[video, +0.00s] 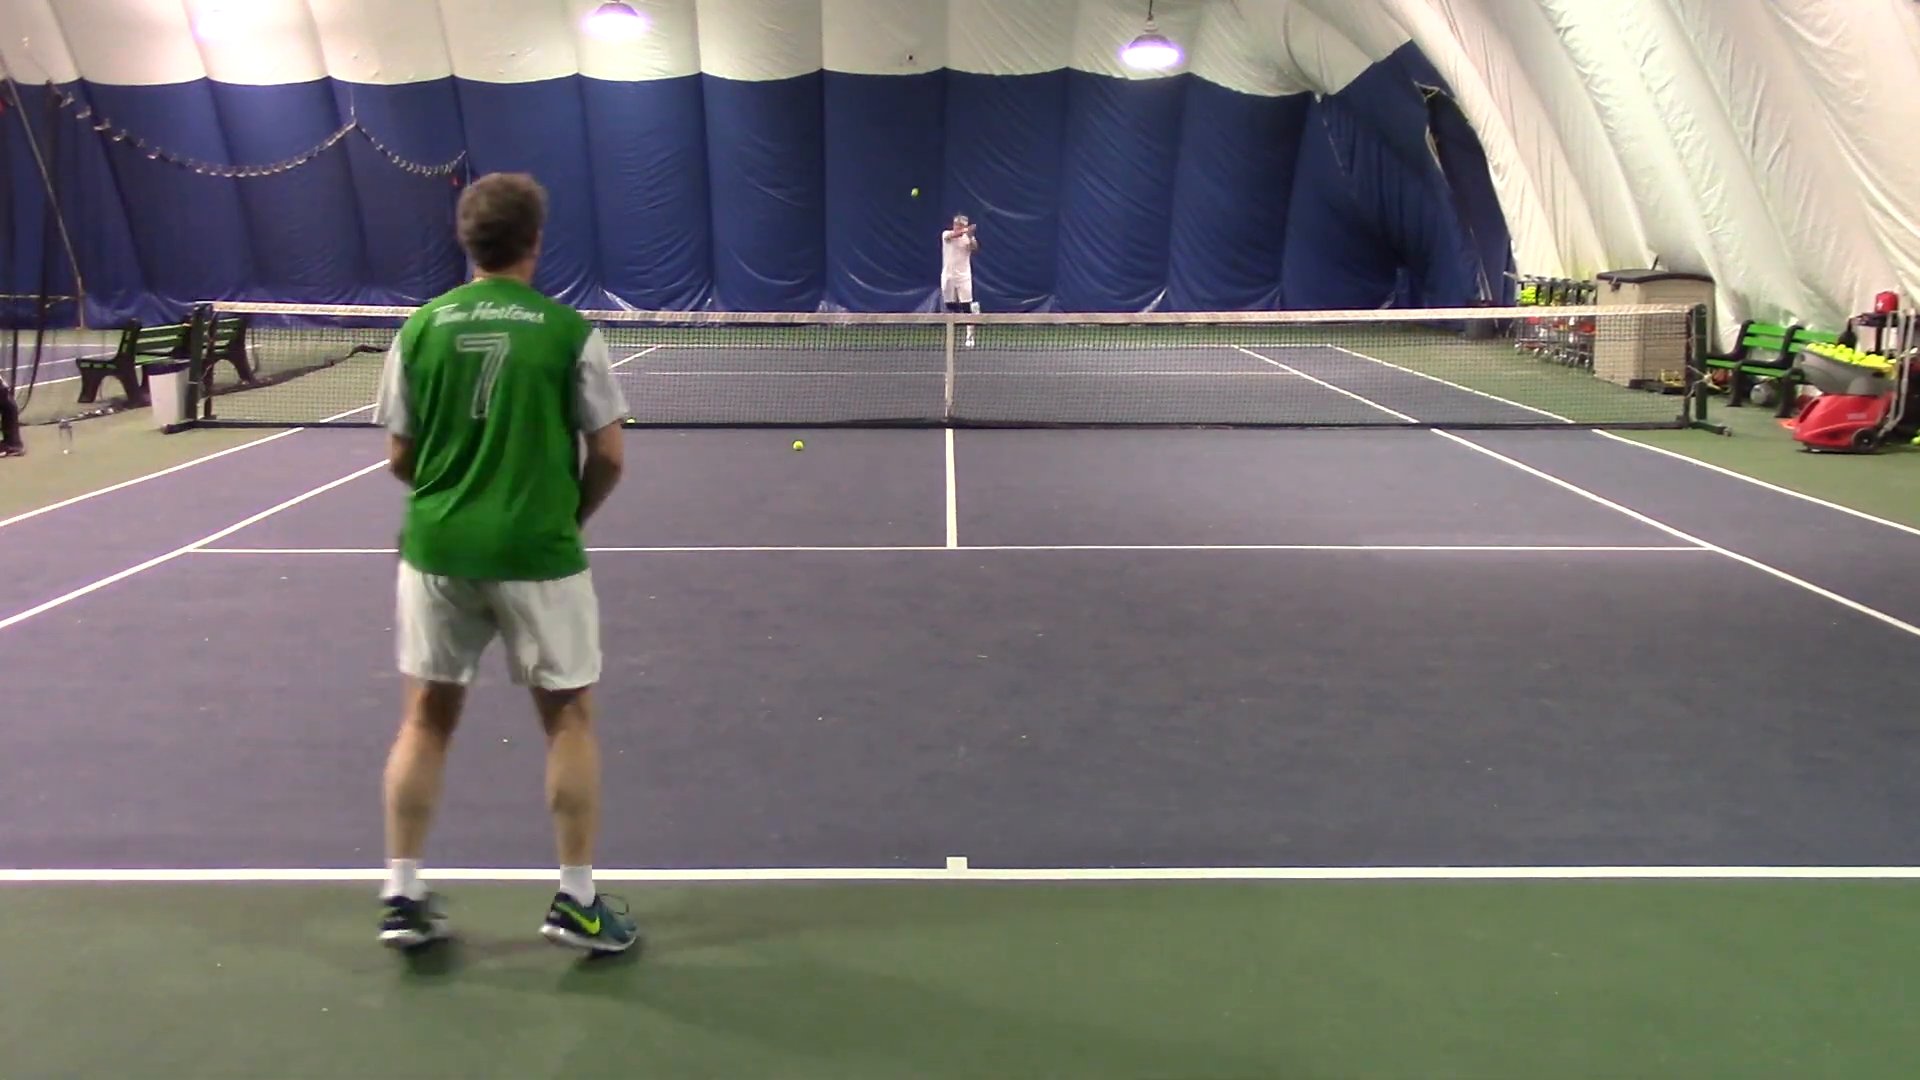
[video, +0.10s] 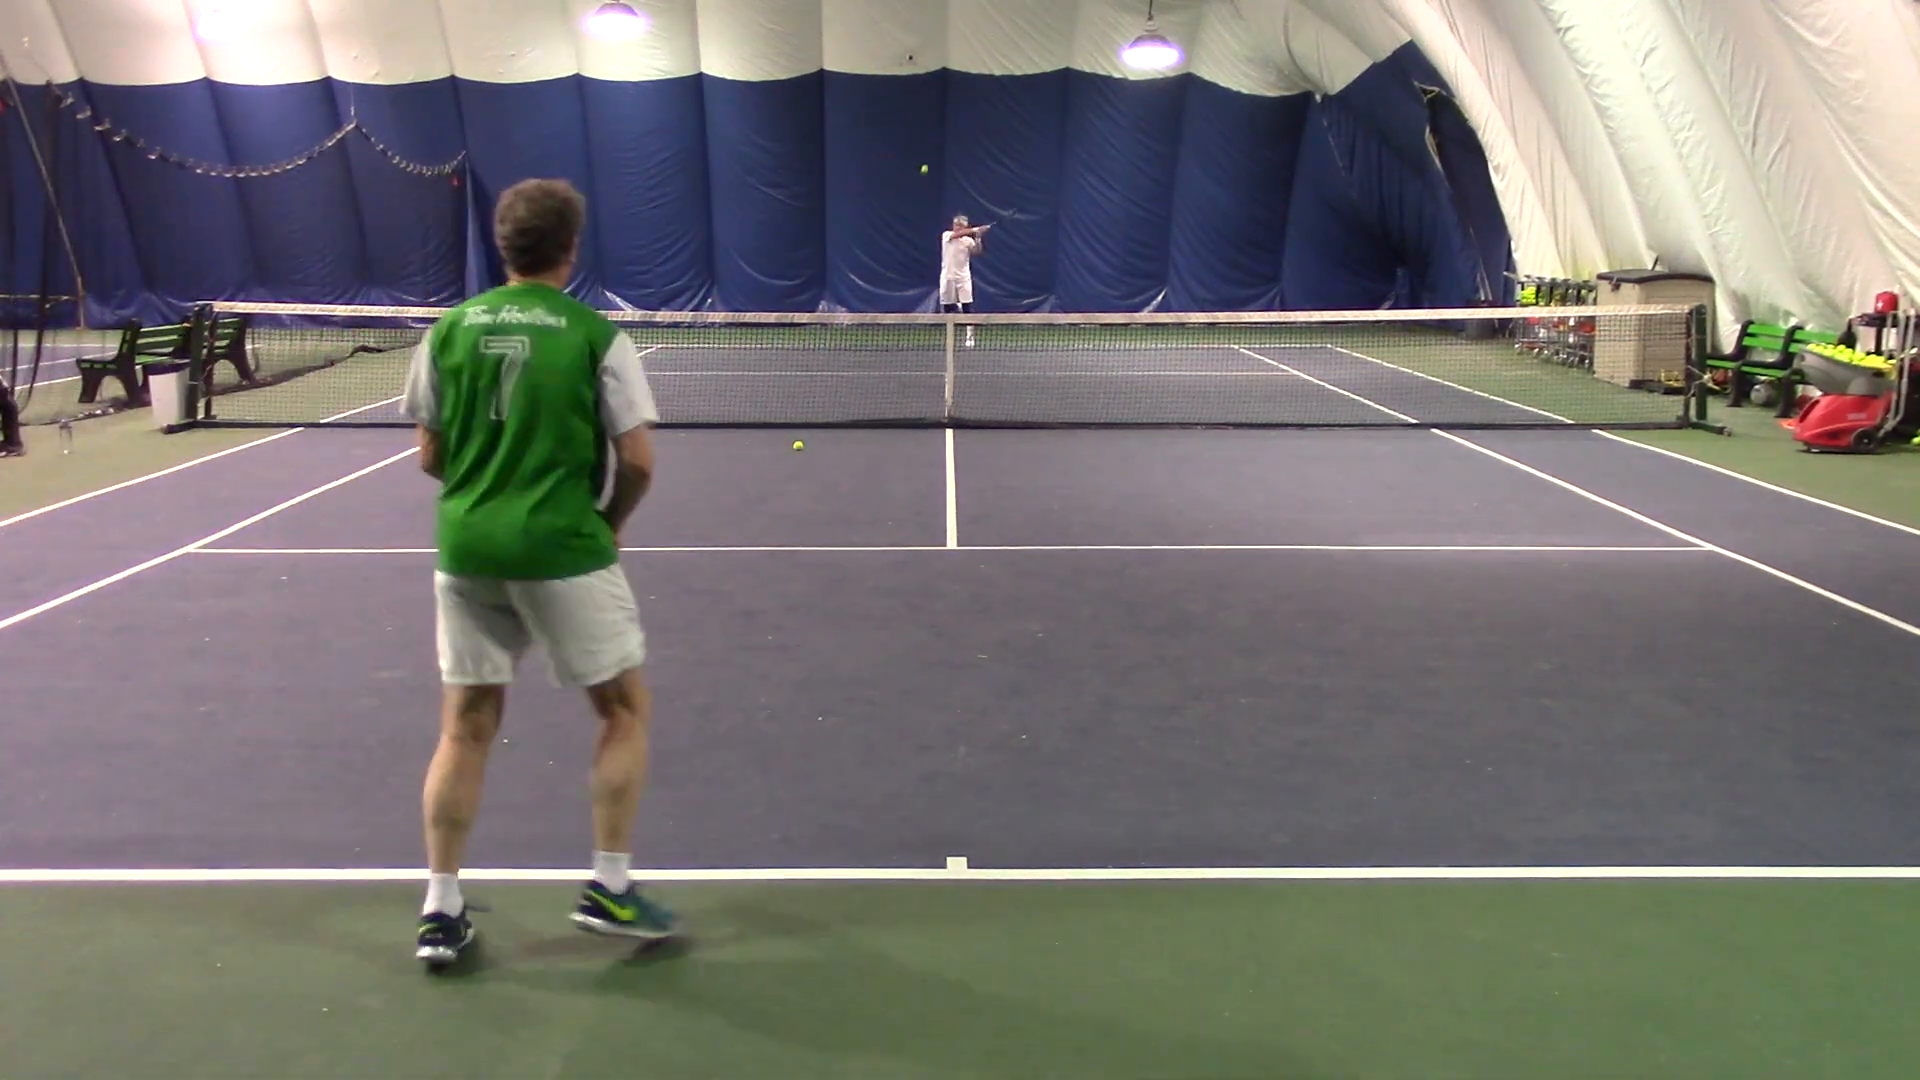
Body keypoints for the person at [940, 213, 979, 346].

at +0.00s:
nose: (959, 228)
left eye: (962, 226)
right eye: (957, 225)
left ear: (966, 227)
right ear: (953, 225)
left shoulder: (968, 238)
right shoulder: (946, 235)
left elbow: (974, 248)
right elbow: (950, 236)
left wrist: (972, 237)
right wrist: (966, 230)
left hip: (964, 275)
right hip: (948, 275)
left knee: (966, 306)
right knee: (950, 306)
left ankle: (969, 335)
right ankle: (951, 335)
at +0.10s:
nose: (959, 229)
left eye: (962, 226)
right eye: (957, 225)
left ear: (967, 227)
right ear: (953, 225)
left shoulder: (969, 240)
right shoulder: (946, 236)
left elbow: (978, 251)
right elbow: (955, 235)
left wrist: (978, 238)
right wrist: (974, 231)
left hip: (963, 276)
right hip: (947, 275)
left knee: (966, 307)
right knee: (948, 307)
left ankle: (970, 335)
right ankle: (950, 335)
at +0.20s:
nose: (958, 228)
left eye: (961, 226)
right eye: (956, 225)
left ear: (965, 226)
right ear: (952, 225)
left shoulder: (966, 241)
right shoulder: (945, 236)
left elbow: (978, 252)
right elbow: (957, 235)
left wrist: (978, 239)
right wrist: (974, 231)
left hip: (963, 276)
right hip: (946, 276)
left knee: (966, 308)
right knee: (941, 309)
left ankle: (969, 336)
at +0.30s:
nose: (956, 228)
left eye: (959, 226)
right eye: (954, 225)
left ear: (963, 226)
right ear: (950, 225)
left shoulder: (964, 240)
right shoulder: (944, 236)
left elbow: (977, 249)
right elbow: (954, 236)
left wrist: (973, 236)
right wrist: (966, 233)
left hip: (960, 274)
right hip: (945, 274)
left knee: (964, 306)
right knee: (939, 306)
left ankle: (966, 336)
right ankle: (932, 331)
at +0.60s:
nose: (940, 230)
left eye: (943, 227)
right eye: (938, 227)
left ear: (947, 229)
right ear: (934, 228)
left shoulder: (949, 242)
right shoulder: (930, 239)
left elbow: (963, 253)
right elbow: (941, 242)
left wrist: (959, 241)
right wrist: (952, 238)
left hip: (945, 276)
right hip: (931, 276)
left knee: (953, 306)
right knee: (929, 307)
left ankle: (960, 335)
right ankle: (922, 335)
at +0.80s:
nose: (931, 227)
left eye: (933, 225)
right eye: (929, 225)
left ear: (936, 226)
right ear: (924, 226)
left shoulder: (940, 241)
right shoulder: (919, 239)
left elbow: (944, 259)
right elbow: (928, 250)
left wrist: (948, 250)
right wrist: (944, 246)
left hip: (937, 273)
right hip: (924, 273)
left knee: (947, 302)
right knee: (925, 304)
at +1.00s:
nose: (926, 228)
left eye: (928, 225)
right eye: (923, 225)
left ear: (931, 227)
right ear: (919, 227)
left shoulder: (935, 242)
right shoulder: (915, 242)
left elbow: (941, 261)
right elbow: (912, 260)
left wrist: (940, 254)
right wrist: (930, 255)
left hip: (934, 274)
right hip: (920, 274)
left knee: (936, 305)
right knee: (921, 305)